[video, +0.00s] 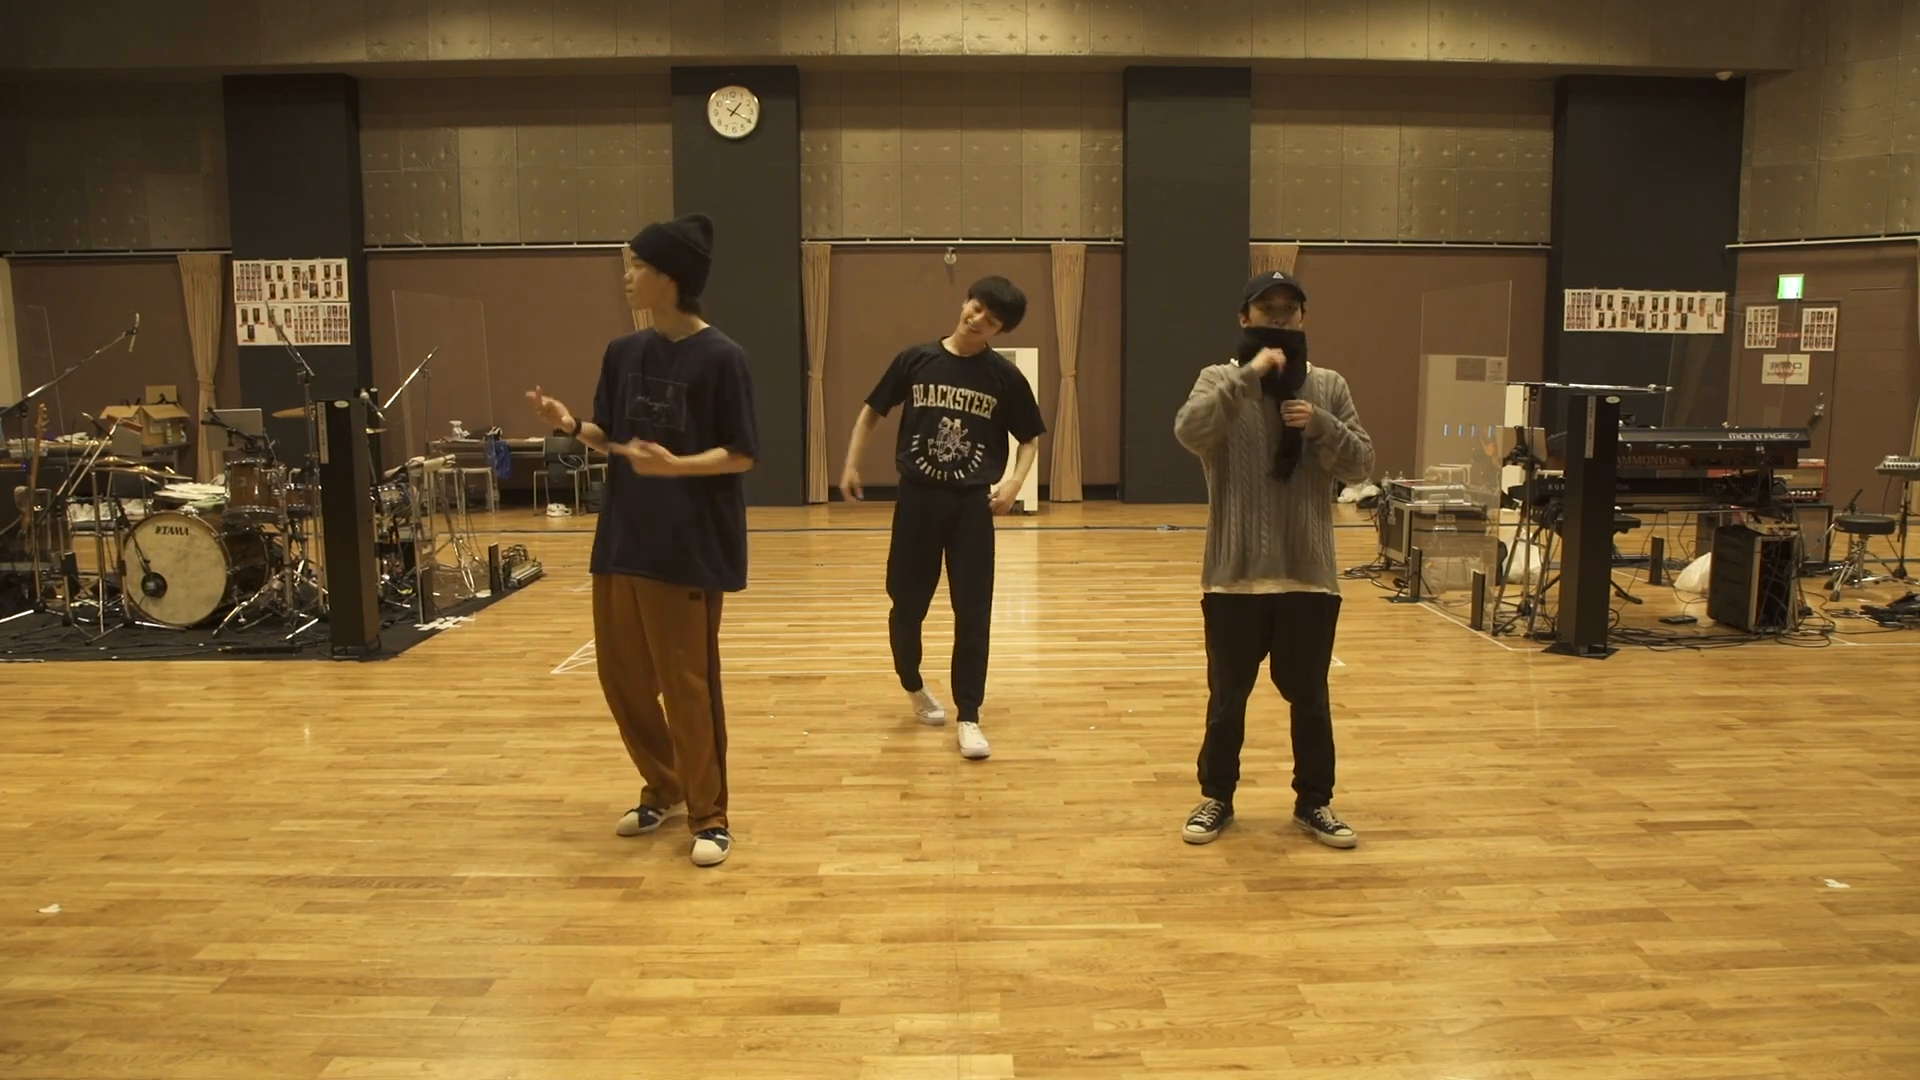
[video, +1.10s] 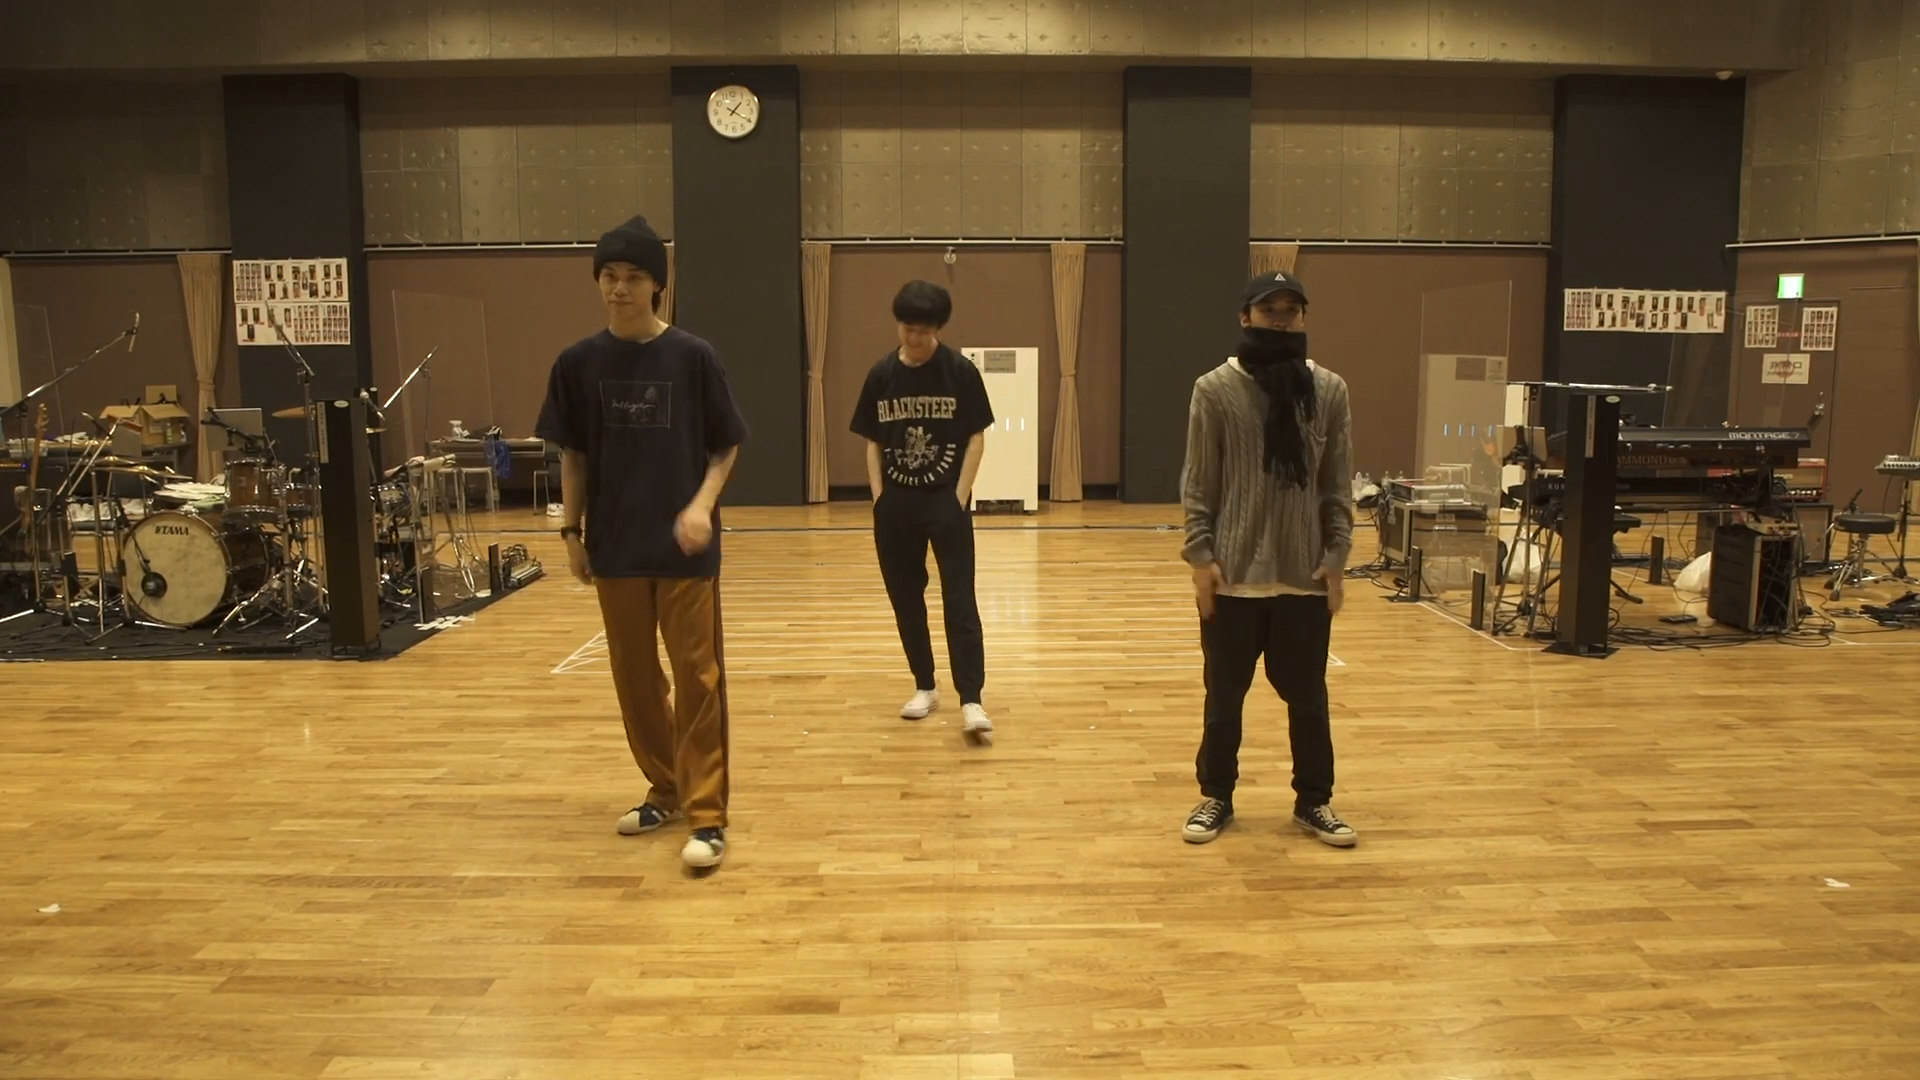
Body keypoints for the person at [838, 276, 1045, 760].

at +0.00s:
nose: (978, 320)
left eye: (991, 321)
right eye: (978, 308)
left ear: (1001, 332)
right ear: (965, 302)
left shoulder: (1006, 380)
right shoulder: (914, 361)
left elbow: (1031, 437)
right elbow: (872, 411)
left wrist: (1014, 482)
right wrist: (851, 465)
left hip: (972, 509)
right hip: (917, 504)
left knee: (974, 613)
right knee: (907, 606)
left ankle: (969, 718)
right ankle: (914, 687)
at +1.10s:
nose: (913, 337)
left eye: (922, 330)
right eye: (907, 328)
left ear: (939, 329)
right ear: (897, 324)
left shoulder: (961, 372)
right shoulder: (881, 375)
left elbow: (976, 438)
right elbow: (873, 441)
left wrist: (961, 496)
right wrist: (879, 496)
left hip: (947, 502)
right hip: (896, 504)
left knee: (960, 601)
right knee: (906, 600)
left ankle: (971, 700)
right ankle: (924, 688)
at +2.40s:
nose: (949, 312)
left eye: (960, 308)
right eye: (945, 303)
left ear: (975, 320)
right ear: (934, 307)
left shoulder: (987, 376)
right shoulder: (910, 358)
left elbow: (1000, 443)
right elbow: (925, 402)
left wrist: (987, 499)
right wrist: (960, 346)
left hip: (968, 498)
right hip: (917, 496)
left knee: (982, 599)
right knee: (917, 596)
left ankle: (993, 702)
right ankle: (919, 686)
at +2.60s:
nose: (979, 309)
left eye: (992, 309)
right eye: (976, 299)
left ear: (1005, 324)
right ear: (963, 302)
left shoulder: (1011, 376)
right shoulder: (933, 352)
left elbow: (1020, 440)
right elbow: (958, 399)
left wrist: (1008, 497)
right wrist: (999, 351)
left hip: (987, 501)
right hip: (934, 497)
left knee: (993, 605)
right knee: (921, 593)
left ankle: (993, 704)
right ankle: (920, 681)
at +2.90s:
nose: (992, 314)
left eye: (1005, 314)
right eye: (993, 303)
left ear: (1022, 328)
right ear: (984, 301)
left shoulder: (1027, 378)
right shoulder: (951, 348)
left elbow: (1034, 442)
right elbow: (974, 405)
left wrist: (1019, 498)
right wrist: (1020, 360)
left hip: (995, 501)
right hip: (941, 494)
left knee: (996, 607)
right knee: (918, 598)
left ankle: (994, 705)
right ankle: (915, 696)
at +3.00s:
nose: (993, 319)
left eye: (1006, 320)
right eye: (995, 308)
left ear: (1022, 332)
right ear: (986, 303)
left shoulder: (1028, 380)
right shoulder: (952, 351)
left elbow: (1034, 442)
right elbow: (968, 414)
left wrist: (1019, 499)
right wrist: (1015, 369)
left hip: (996, 502)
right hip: (942, 495)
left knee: (996, 608)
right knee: (919, 601)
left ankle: (994, 705)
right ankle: (895, 708)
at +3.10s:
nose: (994, 320)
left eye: (1007, 321)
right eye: (994, 309)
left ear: (1021, 332)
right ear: (986, 303)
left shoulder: (1024, 375)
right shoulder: (948, 353)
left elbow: (1030, 443)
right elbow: (954, 420)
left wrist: (1017, 499)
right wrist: (1008, 382)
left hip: (994, 503)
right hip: (940, 496)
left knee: (996, 608)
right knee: (915, 599)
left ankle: (993, 705)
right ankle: (893, 705)